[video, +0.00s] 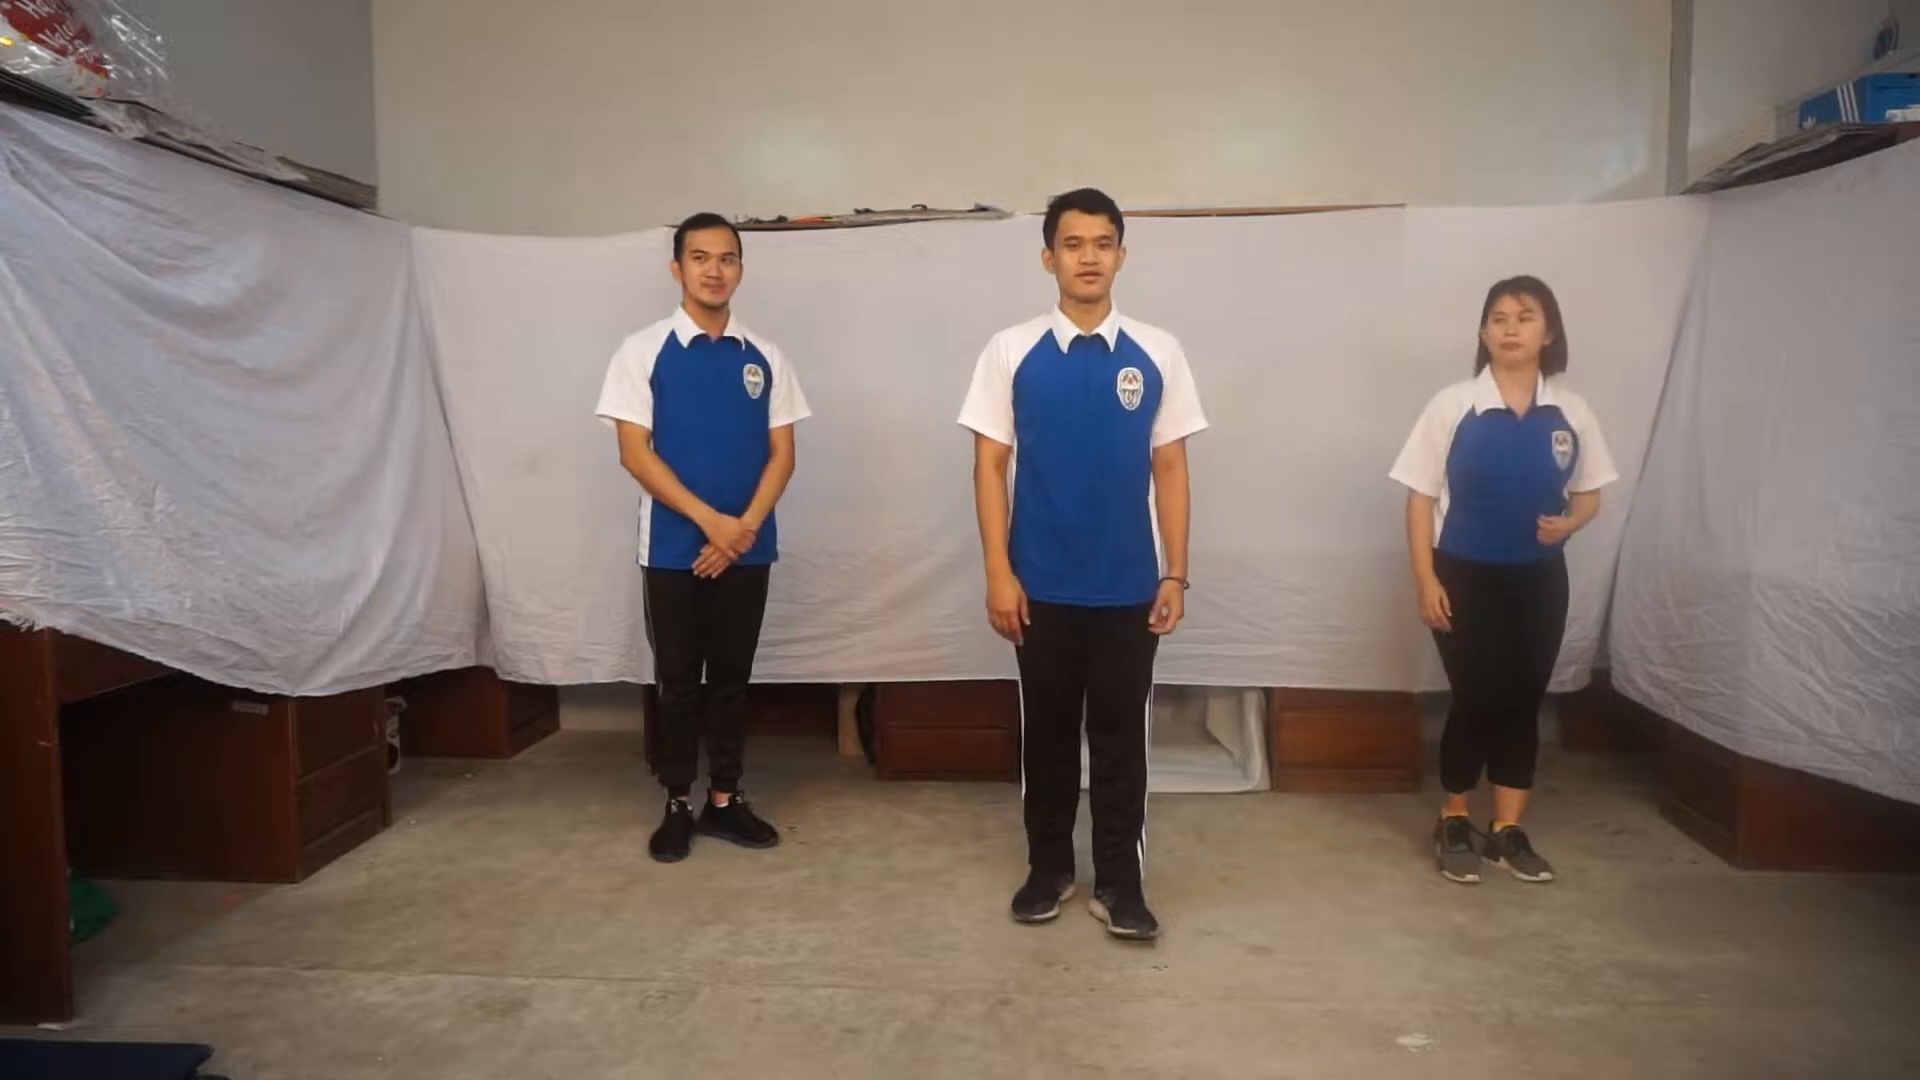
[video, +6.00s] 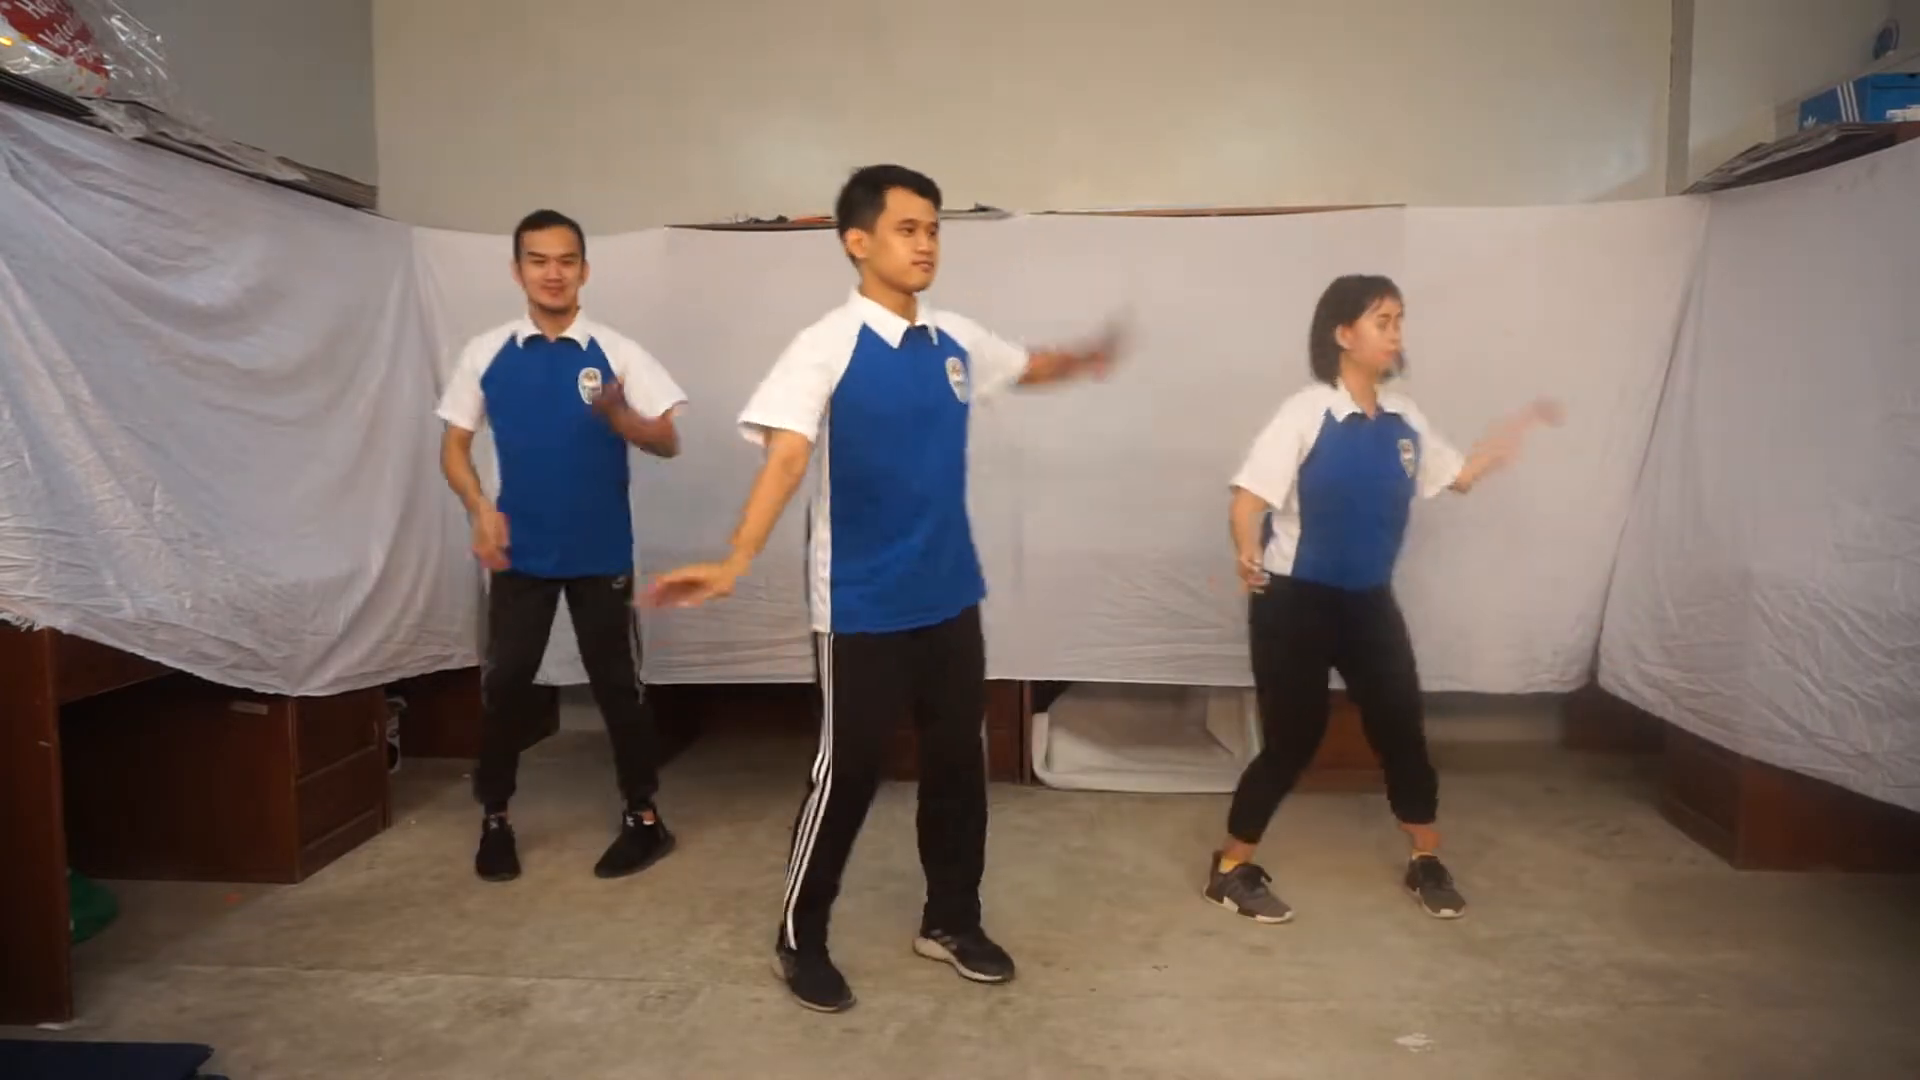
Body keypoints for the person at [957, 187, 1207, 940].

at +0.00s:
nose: (1090, 257)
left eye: (1103, 244)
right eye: (1074, 244)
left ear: (1120, 255)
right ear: (1050, 257)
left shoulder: (1155, 352)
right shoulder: (1010, 351)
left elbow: (1170, 468)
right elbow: (991, 467)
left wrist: (1174, 572)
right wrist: (998, 573)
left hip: (1127, 588)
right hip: (1043, 588)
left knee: (1121, 743)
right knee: (1046, 740)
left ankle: (1120, 879)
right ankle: (1048, 868)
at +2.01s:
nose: (1088, 255)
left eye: (1101, 242)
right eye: (1072, 243)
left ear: (1119, 251)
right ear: (1048, 255)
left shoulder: (1156, 352)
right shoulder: (1009, 350)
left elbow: (1173, 474)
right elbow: (982, 467)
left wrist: (1180, 581)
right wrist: (974, 572)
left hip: (1127, 592)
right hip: (1033, 590)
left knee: (1123, 749)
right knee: (1035, 743)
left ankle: (1126, 886)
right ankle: (1027, 876)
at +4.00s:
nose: (1111, 256)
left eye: (1129, 241)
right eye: (1098, 242)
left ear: (1159, 251)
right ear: (1082, 254)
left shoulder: (1200, 355)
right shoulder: (1051, 353)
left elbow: (1241, 477)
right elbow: (1003, 455)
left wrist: (1284, 593)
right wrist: (1013, 551)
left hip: (1155, 602)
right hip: (1063, 597)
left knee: (1174, 760)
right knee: (1037, 750)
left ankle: (1206, 907)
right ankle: (1017, 885)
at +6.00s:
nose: (928, 245)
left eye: (933, 231)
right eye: (909, 230)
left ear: (935, 243)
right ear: (858, 241)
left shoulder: (954, 335)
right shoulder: (826, 346)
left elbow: (1028, 366)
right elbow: (786, 461)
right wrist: (735, 564)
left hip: (949, 597)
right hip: (861, 607)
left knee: (957, 762)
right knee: (850, 770)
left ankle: (951, 919)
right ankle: (800, 937)